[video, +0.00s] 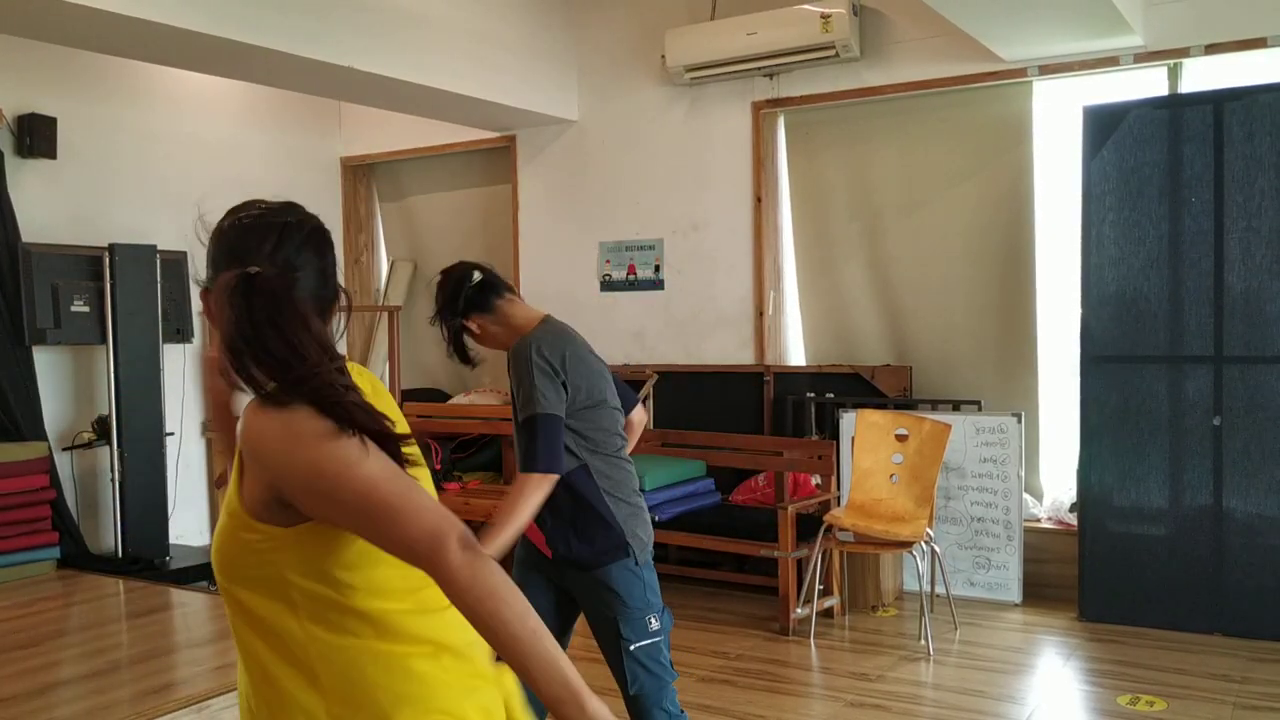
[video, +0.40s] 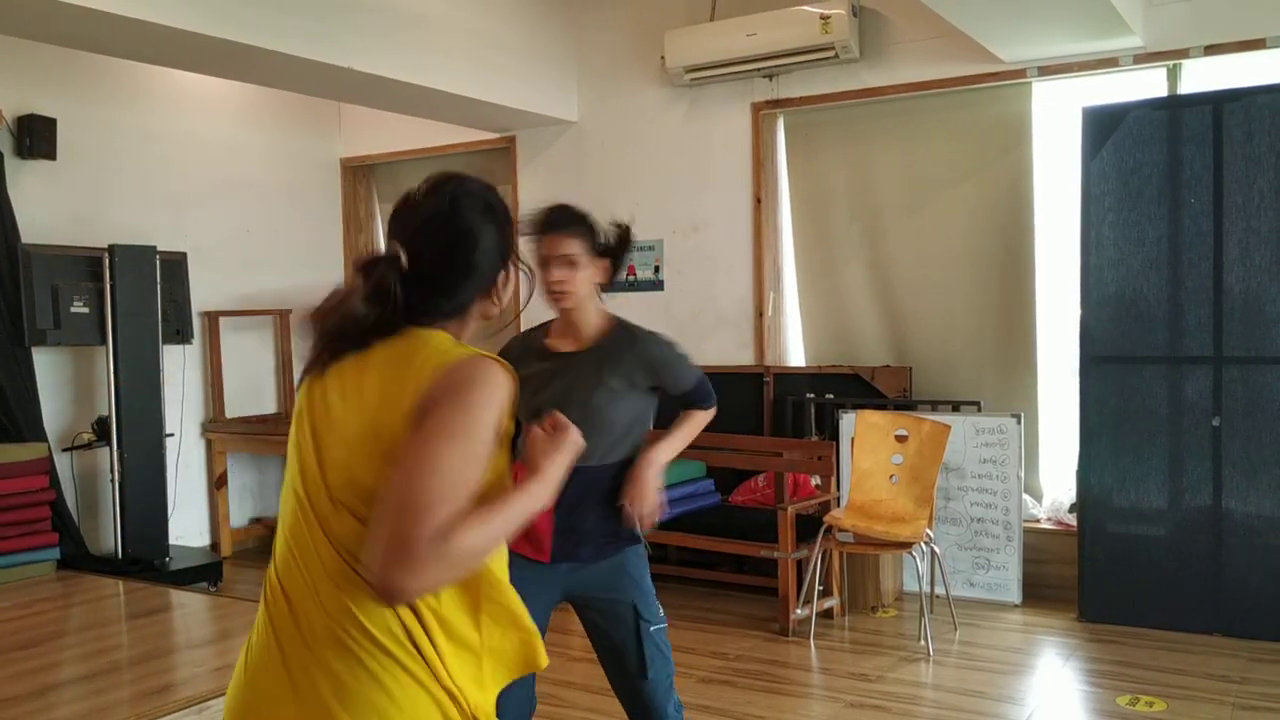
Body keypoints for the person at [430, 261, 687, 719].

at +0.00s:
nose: (477, 345)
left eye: (469, 336)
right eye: (471, 338)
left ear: (473, 324)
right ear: (512, 293)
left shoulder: (534, 350)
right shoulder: (558, 338)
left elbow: (541, 469)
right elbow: (635, 412)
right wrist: (600, 481)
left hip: (608, 541)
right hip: (550, 539)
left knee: (649, 693)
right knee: (519, 680)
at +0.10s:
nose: (480, 329)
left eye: (474, 317)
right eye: (473, 319)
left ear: (487, 303)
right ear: (508, 282)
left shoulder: (549, 342)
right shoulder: (545, 339)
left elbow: (542, 453)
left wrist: (454, 503)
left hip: (604, 546)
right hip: (542, 541)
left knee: (648, 701)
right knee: (512, 689)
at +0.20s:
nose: (474, 311)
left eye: (476, 294)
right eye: (469, 298)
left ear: (513, 278)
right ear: (511, 282)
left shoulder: (554, 337)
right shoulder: (540, 340)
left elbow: (576, 443)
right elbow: (568, 444)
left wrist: (494, 487)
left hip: (603, 542)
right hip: (542, 543)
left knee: (646, 700)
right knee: (512, 694)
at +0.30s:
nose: (496, 291)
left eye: (508, 276)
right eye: (489, 279)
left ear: (546, 273)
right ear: (485, 281)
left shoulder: (572, 340)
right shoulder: (531, 344)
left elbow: (651, 422)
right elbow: (550, 435)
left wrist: (573, 485)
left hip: (604, 547)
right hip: (543, 545)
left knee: (653, 702)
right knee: (505, 696)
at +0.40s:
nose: (553, 276)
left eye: (567, 263)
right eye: (545, 264)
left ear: (602, 270)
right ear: (536, 271)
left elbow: (703, 401)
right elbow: (489, 440)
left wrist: (653, 460)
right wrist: (498, 507)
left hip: (611, 554)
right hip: (524, 555)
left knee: (654, 704)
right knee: (504, 704)